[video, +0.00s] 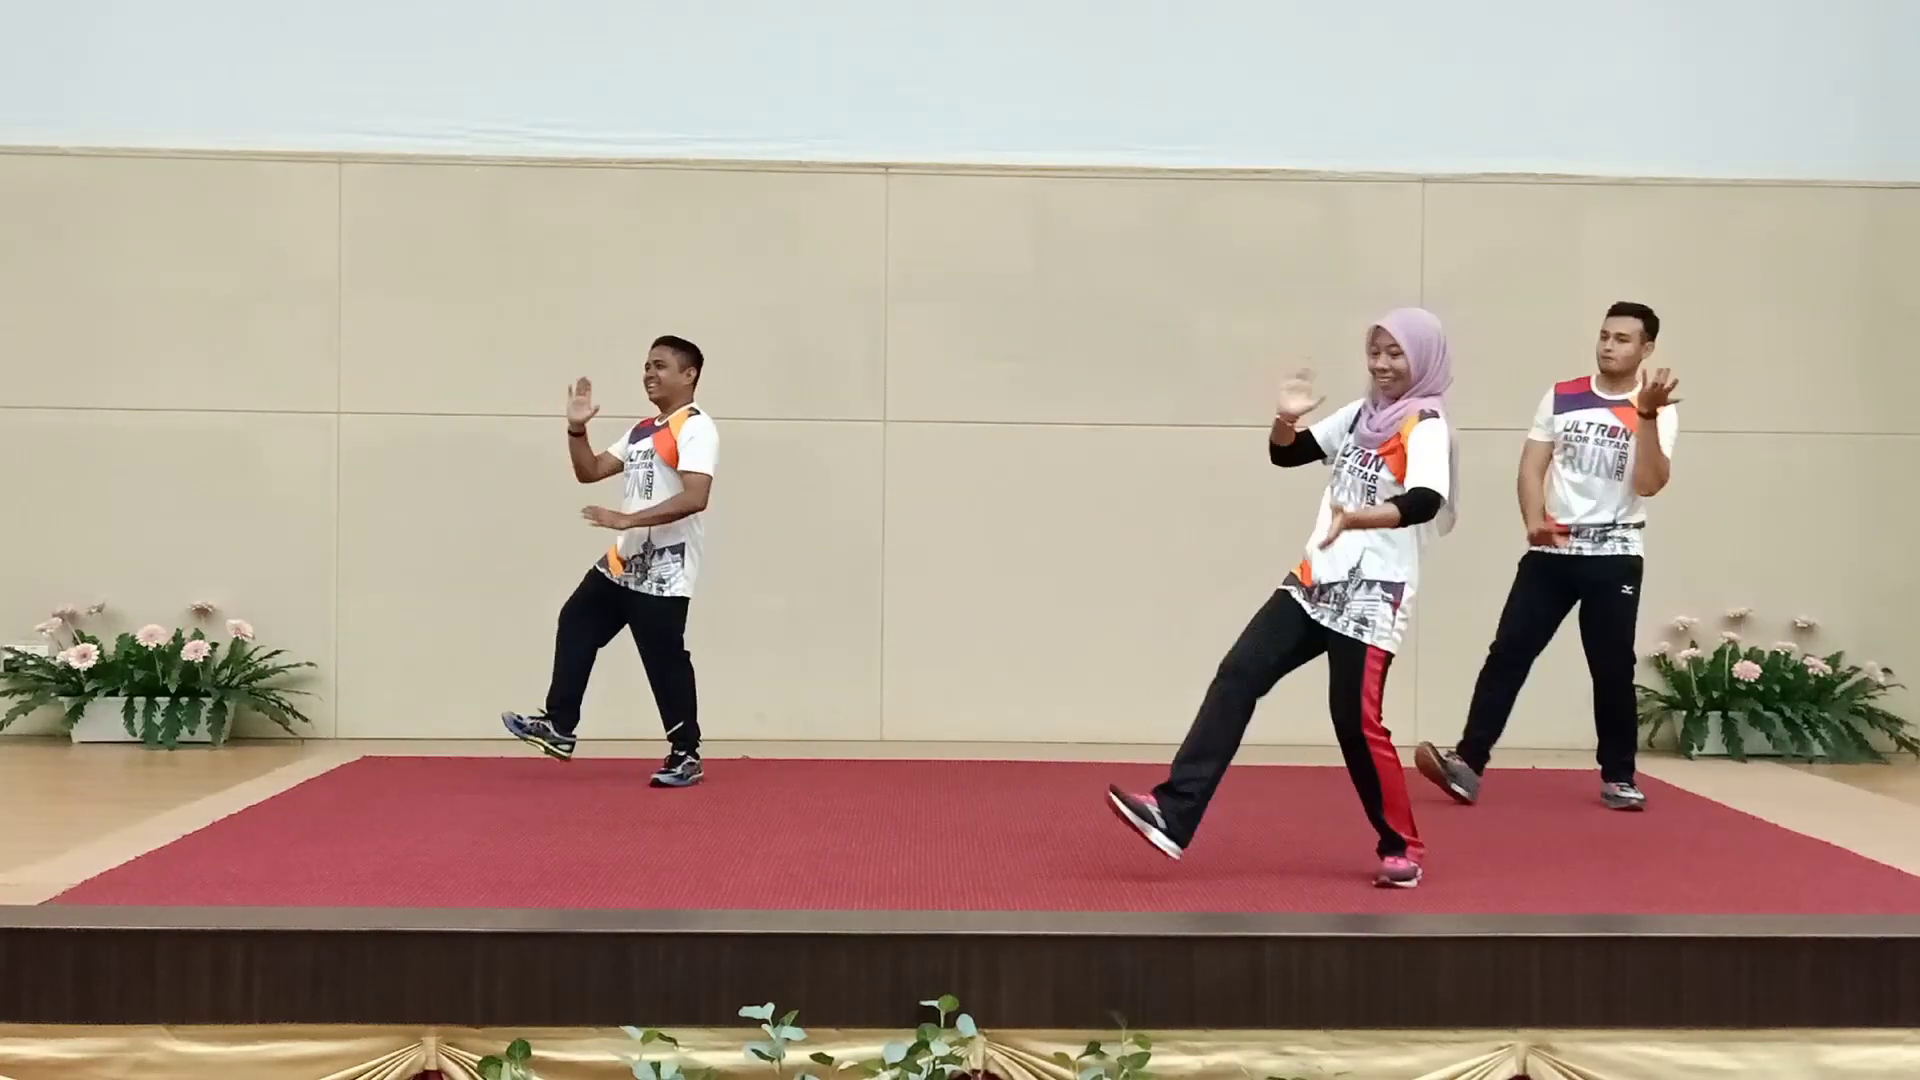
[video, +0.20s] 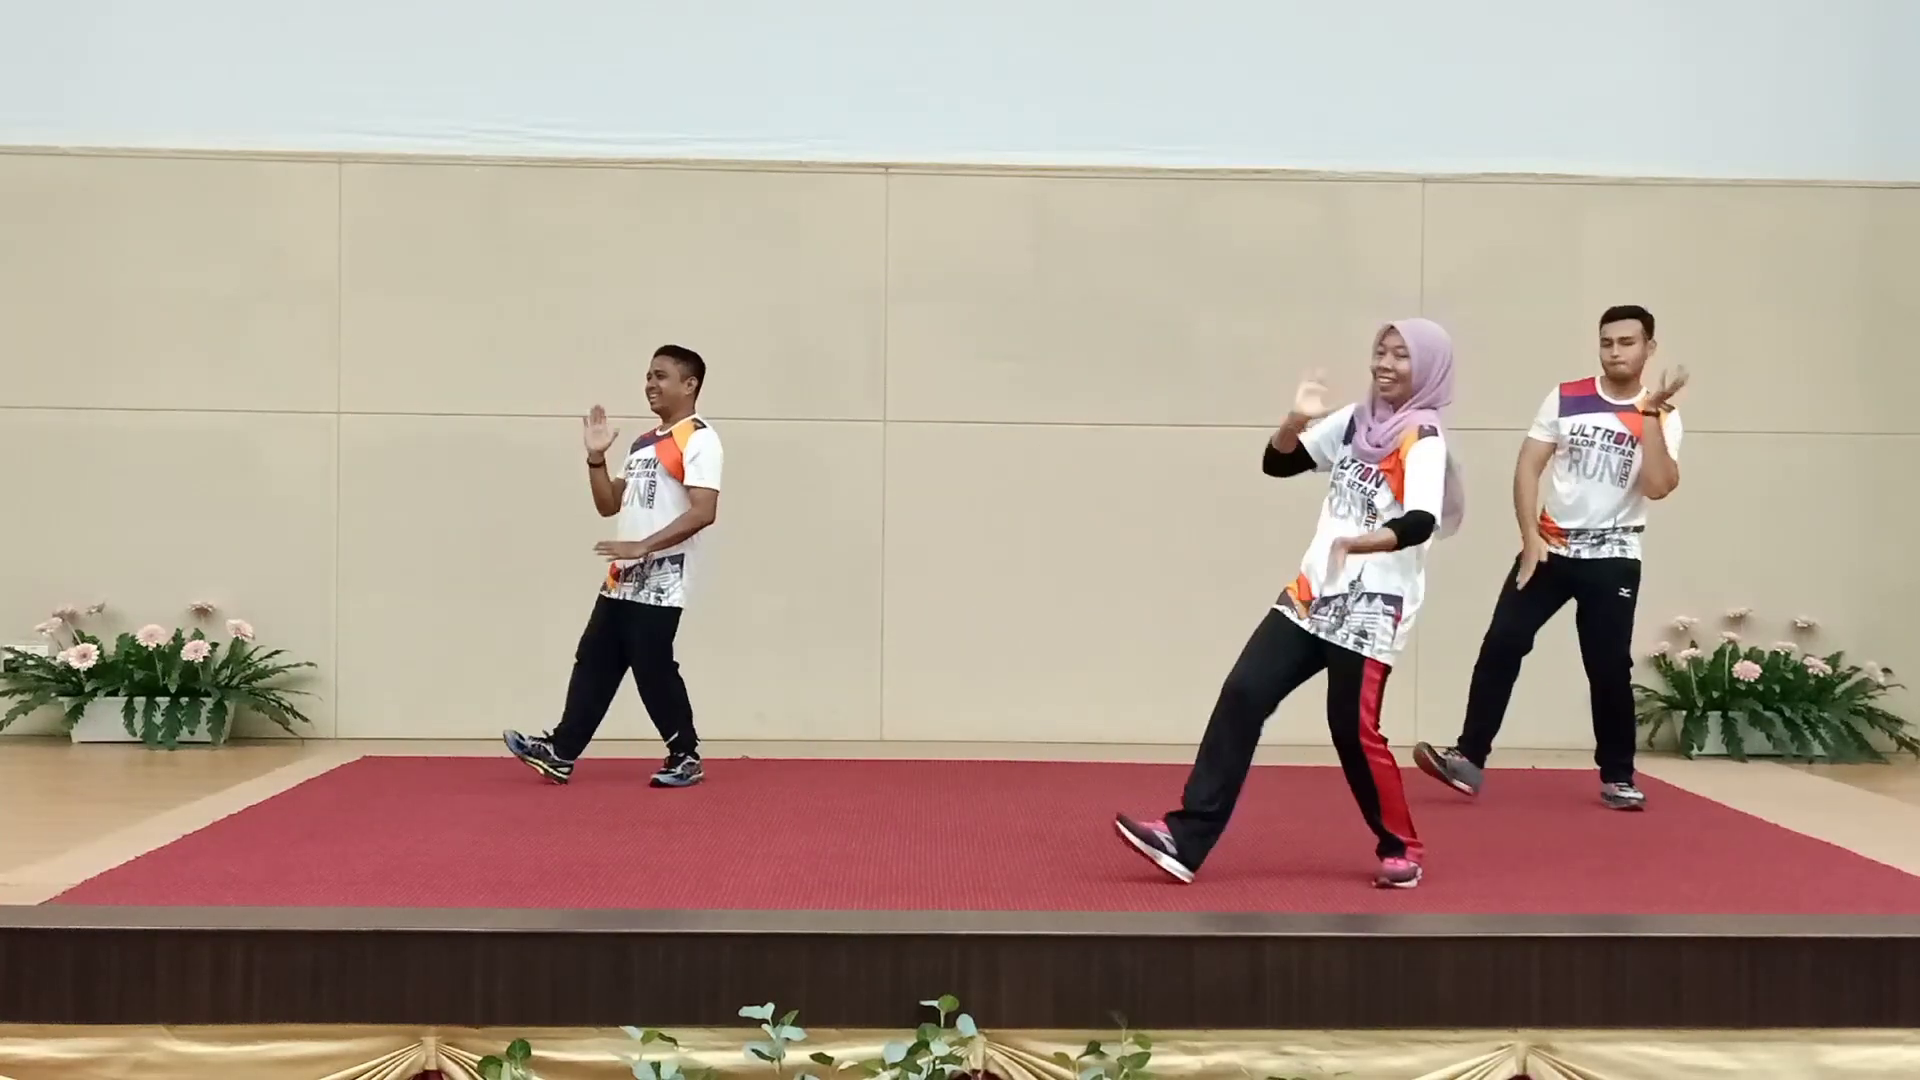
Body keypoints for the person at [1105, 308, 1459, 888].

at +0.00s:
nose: (1382, 362)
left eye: (1395, 353)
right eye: (1376, 351)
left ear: (1425, 361)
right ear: (1368, 356)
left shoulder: (1426, 424)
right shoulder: (1361, 412)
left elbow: (1424, 502)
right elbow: (1287, 455)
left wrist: (1358, 517)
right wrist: (1285, 424)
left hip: (1374, 594)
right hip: (1316, 583)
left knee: (1357, 719)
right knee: (1239, 674)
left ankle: (1401, 848)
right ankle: (1174, 816)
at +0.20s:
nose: (1385, 363)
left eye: (1400, 355)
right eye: (1381, 352)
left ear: (1429, 369)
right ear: (1373, 360)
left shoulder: (1422, 438)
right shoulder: (1354, 418)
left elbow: (1420, 522)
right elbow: (1278, 464)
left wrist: (1356, 543)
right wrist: (1294, 425)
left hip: (1375, 601)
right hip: (1315, 590)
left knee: (1354, 726)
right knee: (1243, 696)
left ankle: (1401, 849)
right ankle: (1186, 841)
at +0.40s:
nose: (1351, 322)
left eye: (1366, 313)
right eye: (1346, 312)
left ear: (1393, 328)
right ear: (1335, 322)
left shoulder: (1404, 398)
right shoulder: (1309, 375)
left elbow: (1420, 468)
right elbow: (1234, 420)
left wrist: (1368, 425)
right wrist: (1220, 399)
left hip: (1364, 576)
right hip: (1293, 564)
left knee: (1366, 711)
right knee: (1234, 680)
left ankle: (1397, 845)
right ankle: (1190, 827)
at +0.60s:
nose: (1305, 310)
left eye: (1319, 300)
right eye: (1296, 300)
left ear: (1344, 315)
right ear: (1282, 314)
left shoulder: (1366, 380)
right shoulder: (1258, 370)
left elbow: (1404, 441)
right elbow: (1199, 421)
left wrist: (1365, 374)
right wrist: (1168, 439)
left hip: (1334, 564)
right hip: (1258, 557)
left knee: (1353, 701)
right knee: (1220, 684)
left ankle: (1392, 843)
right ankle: (1181, 828)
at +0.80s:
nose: (1236, 335)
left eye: (1251, 325)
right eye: (1226, 325)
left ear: (1272, 340)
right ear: (1211, 338)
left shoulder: (1294, 407)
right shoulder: (1187, 401)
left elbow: (1344, 473)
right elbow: (1135, 475)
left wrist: (1306, 399)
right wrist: (1120, 527)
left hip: (1269, 580)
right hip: (1191, 573)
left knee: (1313, 708)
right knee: (1180, 699)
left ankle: (1377, 840)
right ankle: (1171, 847)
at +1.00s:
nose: (1180, 345)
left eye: (1193, 335)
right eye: (1167, 335)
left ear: (1212, 345)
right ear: (1152, 346)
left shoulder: (1234, 409)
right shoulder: (1129, 403)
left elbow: (1279, 494)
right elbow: (1081, 460)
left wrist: (1258, 446)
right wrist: (1070, 471)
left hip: (1205, 582)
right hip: (1134, 579)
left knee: (1243, 693)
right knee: (1158, 697)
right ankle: (1171, 843)